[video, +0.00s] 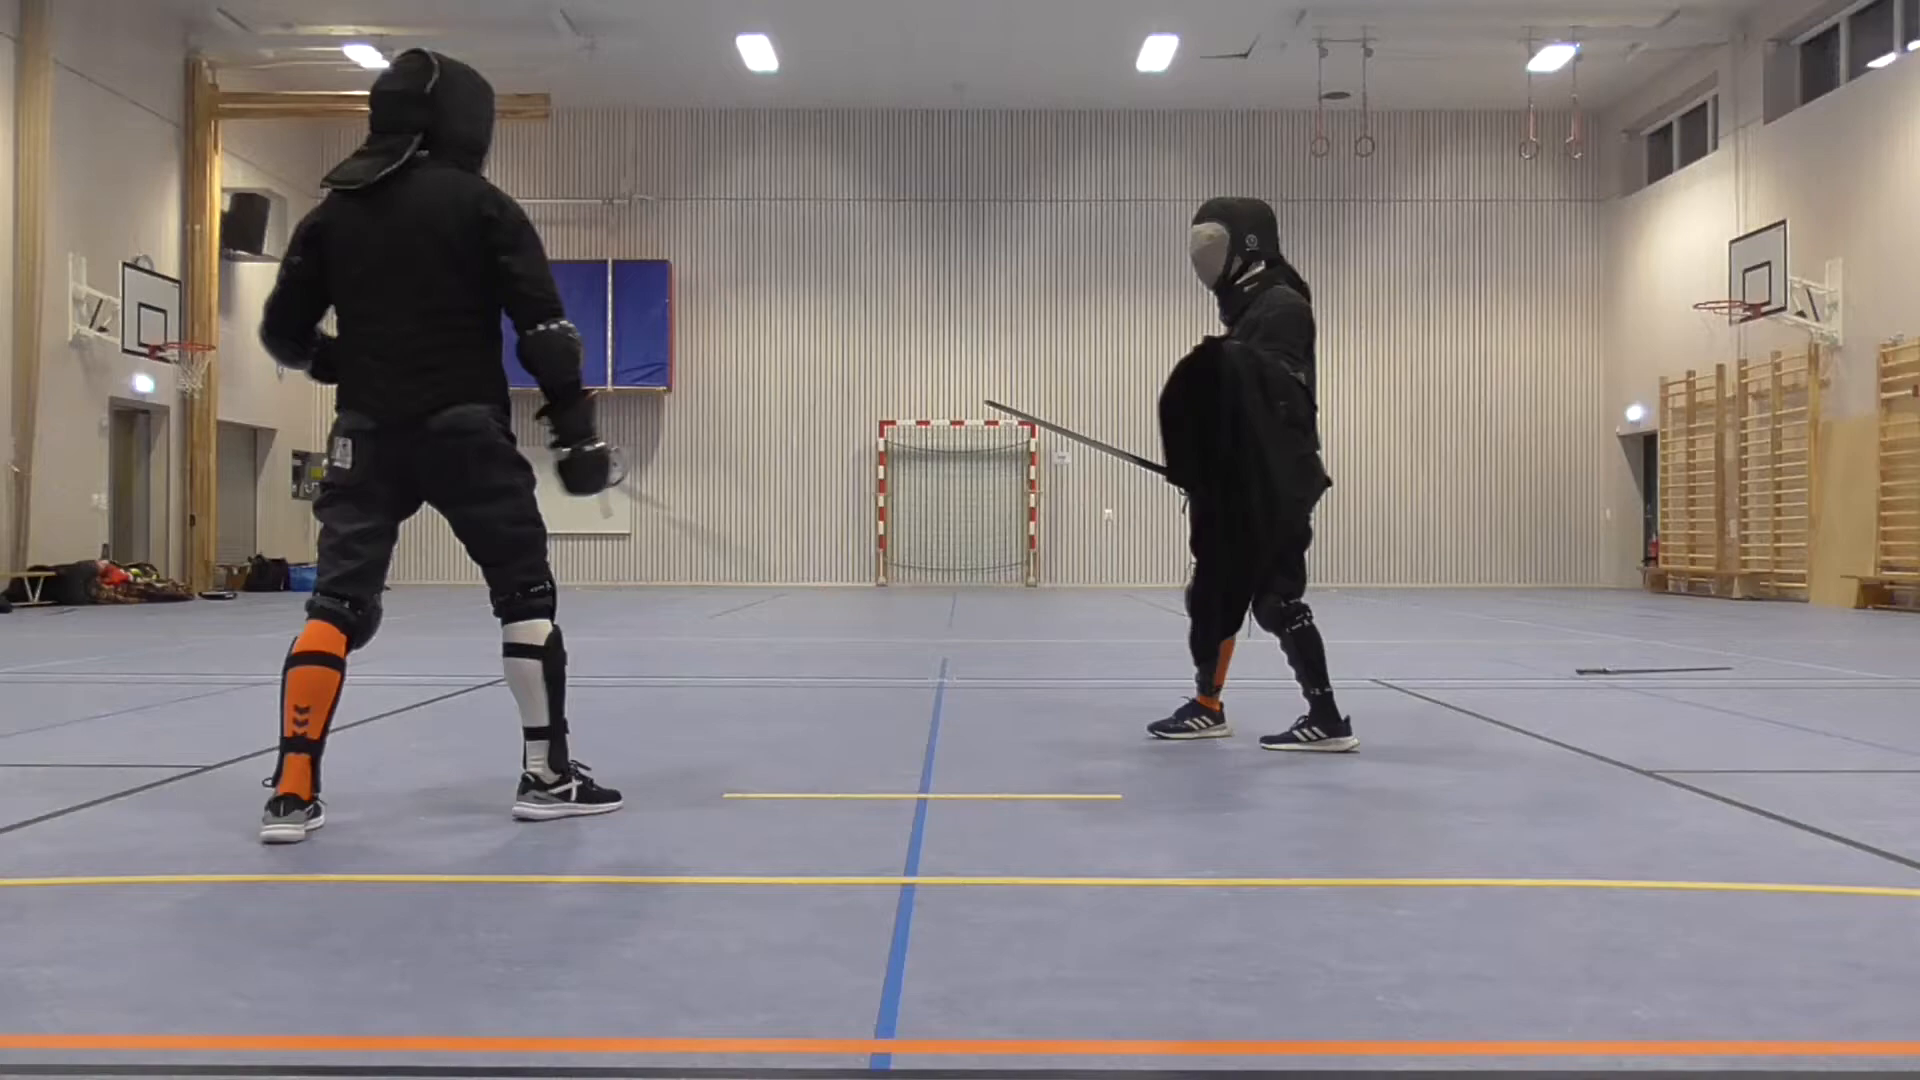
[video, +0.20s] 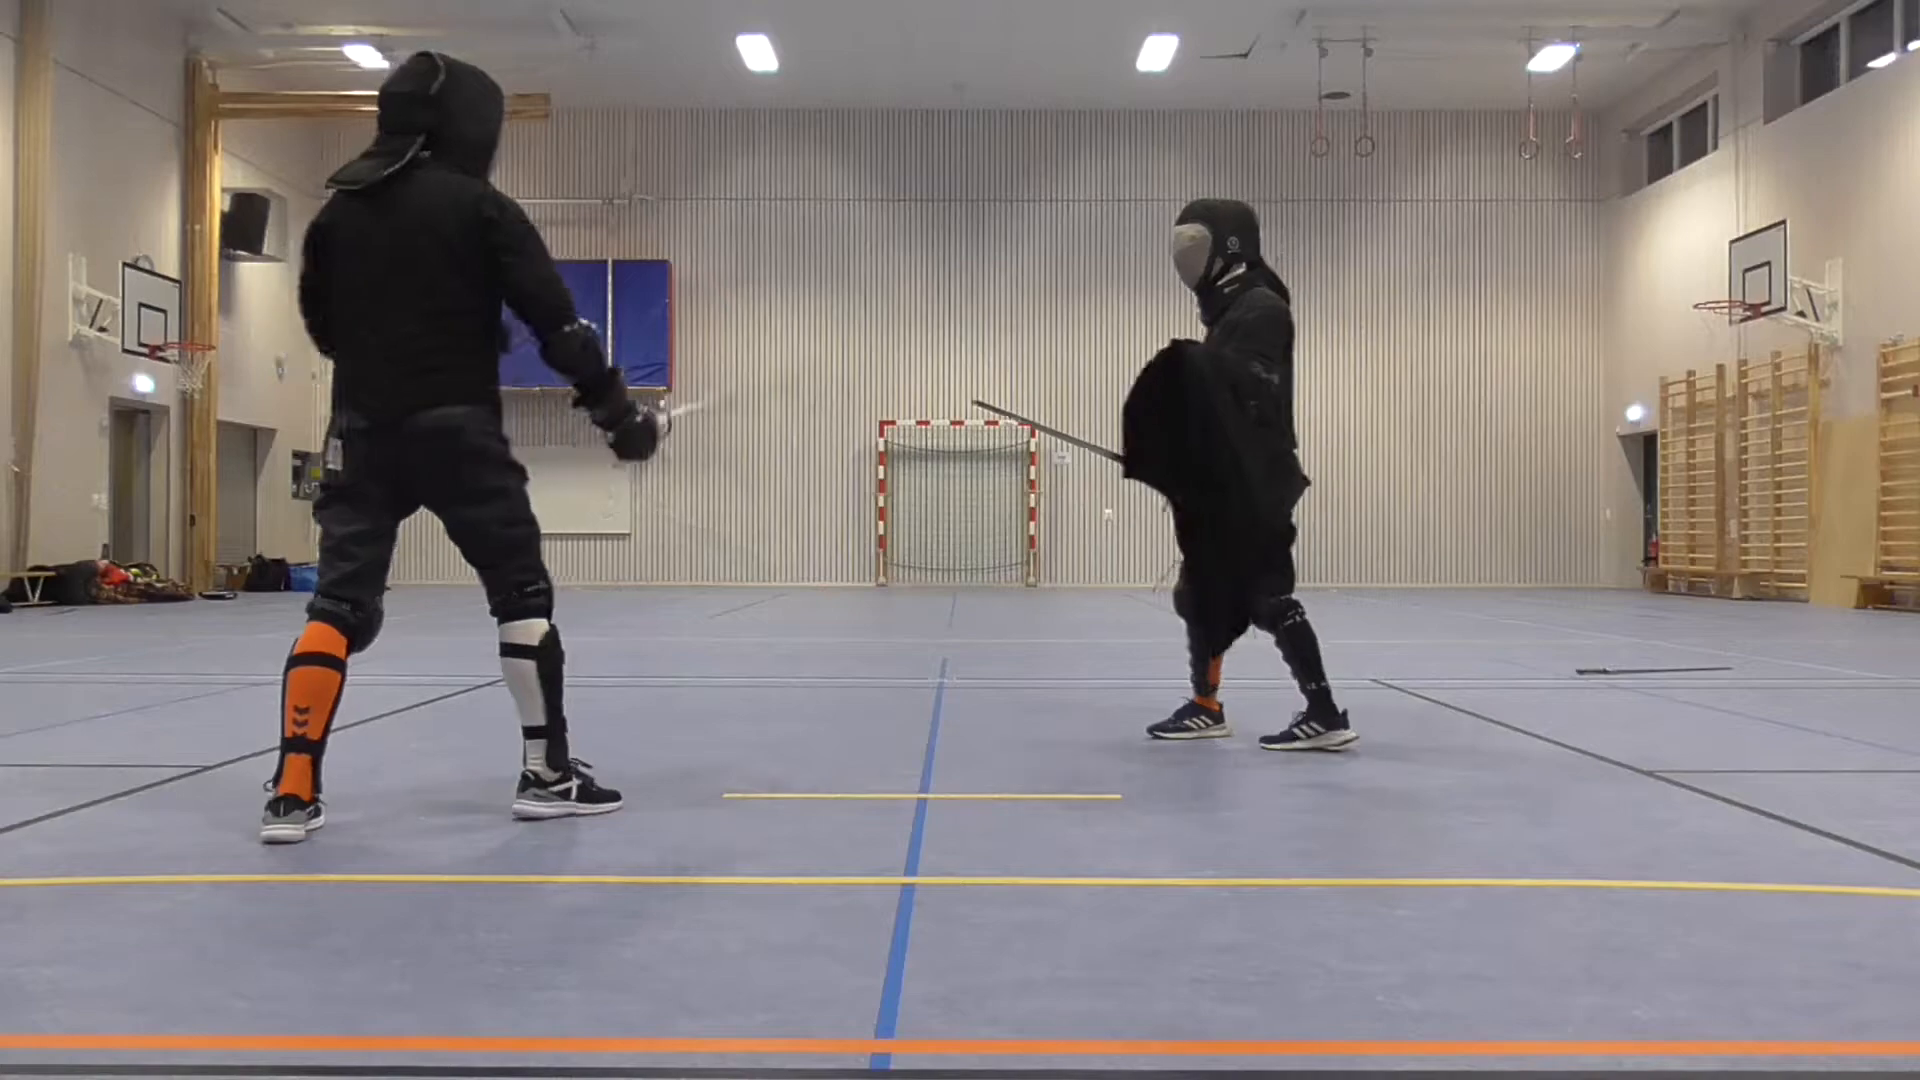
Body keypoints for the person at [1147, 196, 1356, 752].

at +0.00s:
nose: (1204, 261)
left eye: (1212, 248)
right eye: (1201, 249)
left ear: (1247, 247)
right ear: (1246, 249)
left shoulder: (1280, 308)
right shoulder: (1251, 309)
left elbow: (1276, 396)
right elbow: (1248, 404)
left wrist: (1222, 367)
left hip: (1278, 485)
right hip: (1244, 484)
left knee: (1280, 601)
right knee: (1212, 595)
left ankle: (1326, 715)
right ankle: (1207, 706)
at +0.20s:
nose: (1184, 260)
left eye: (1193, 248)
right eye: (1182, 249)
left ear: (1228, 248)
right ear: (1224, 249)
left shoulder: (1260, 309)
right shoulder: (1232, 309)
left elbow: (1255, 393)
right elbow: (1227, 397)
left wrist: (1195, 367)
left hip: (1259, 485)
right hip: (1227, 483)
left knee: (1273, 597)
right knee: (1199, 593)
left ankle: (1325, 714)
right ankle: (1205, 706)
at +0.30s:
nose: (1171, 259)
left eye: (1180, 247)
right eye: (1170, 247)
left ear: (1214, 247)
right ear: (1214, 248)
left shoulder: (1247, 308)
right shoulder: (1220, 307)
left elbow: (1242, 393)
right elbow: (1220, 394)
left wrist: (1183, 366)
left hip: (1245, 482)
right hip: (1223, 481)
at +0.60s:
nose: (1149, 260)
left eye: (1159, 248)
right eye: (1148, 249)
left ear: (1193, 249)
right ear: (1187, 251)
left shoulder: (1222, 309)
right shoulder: (1192, 306)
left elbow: (1225, 389)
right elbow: (1185, 390)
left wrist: (1164, 365)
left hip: (1214, 478)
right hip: (1194, 476)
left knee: (1177, 595)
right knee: (1195, 591)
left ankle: (1204, 706)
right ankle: (1264, 685)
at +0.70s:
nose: (1140, 261)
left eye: (1150, 250)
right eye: (1139, 250)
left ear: (1183, 250)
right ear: (1178, 252)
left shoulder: (1216, 311)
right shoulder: (1182, 309)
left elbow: (1218, 391)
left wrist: (1163, 365)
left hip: (1210, 474)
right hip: (1184, 473)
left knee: (1174, 593)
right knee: (1175, 590)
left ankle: (1205, 707)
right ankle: (1220, 691)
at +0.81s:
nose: (1132, 264)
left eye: (1142, 252)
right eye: (1130, 252)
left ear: (1176, 252)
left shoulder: (1206, 313)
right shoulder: (1168, 311)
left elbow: (1205, 397)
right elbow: (1160, 398)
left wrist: (1152, 376)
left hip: (1206, 475)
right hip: (1175, 472)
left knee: (1168, 588)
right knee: (1158, 584)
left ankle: (1203, 706)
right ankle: (1166, 682)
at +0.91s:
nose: (1122, 266)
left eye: (1133, 254)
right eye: (1120, 254)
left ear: (1167, 256)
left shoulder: (1192, 321)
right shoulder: (1158, 316)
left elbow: (1188, 410)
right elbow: (1145, 418)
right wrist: (1113, 487)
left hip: (1195, 482)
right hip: (1167, 477)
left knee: (1165, 589)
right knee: (1148, 585)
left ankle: (1204, 705)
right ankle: (1124, 683)